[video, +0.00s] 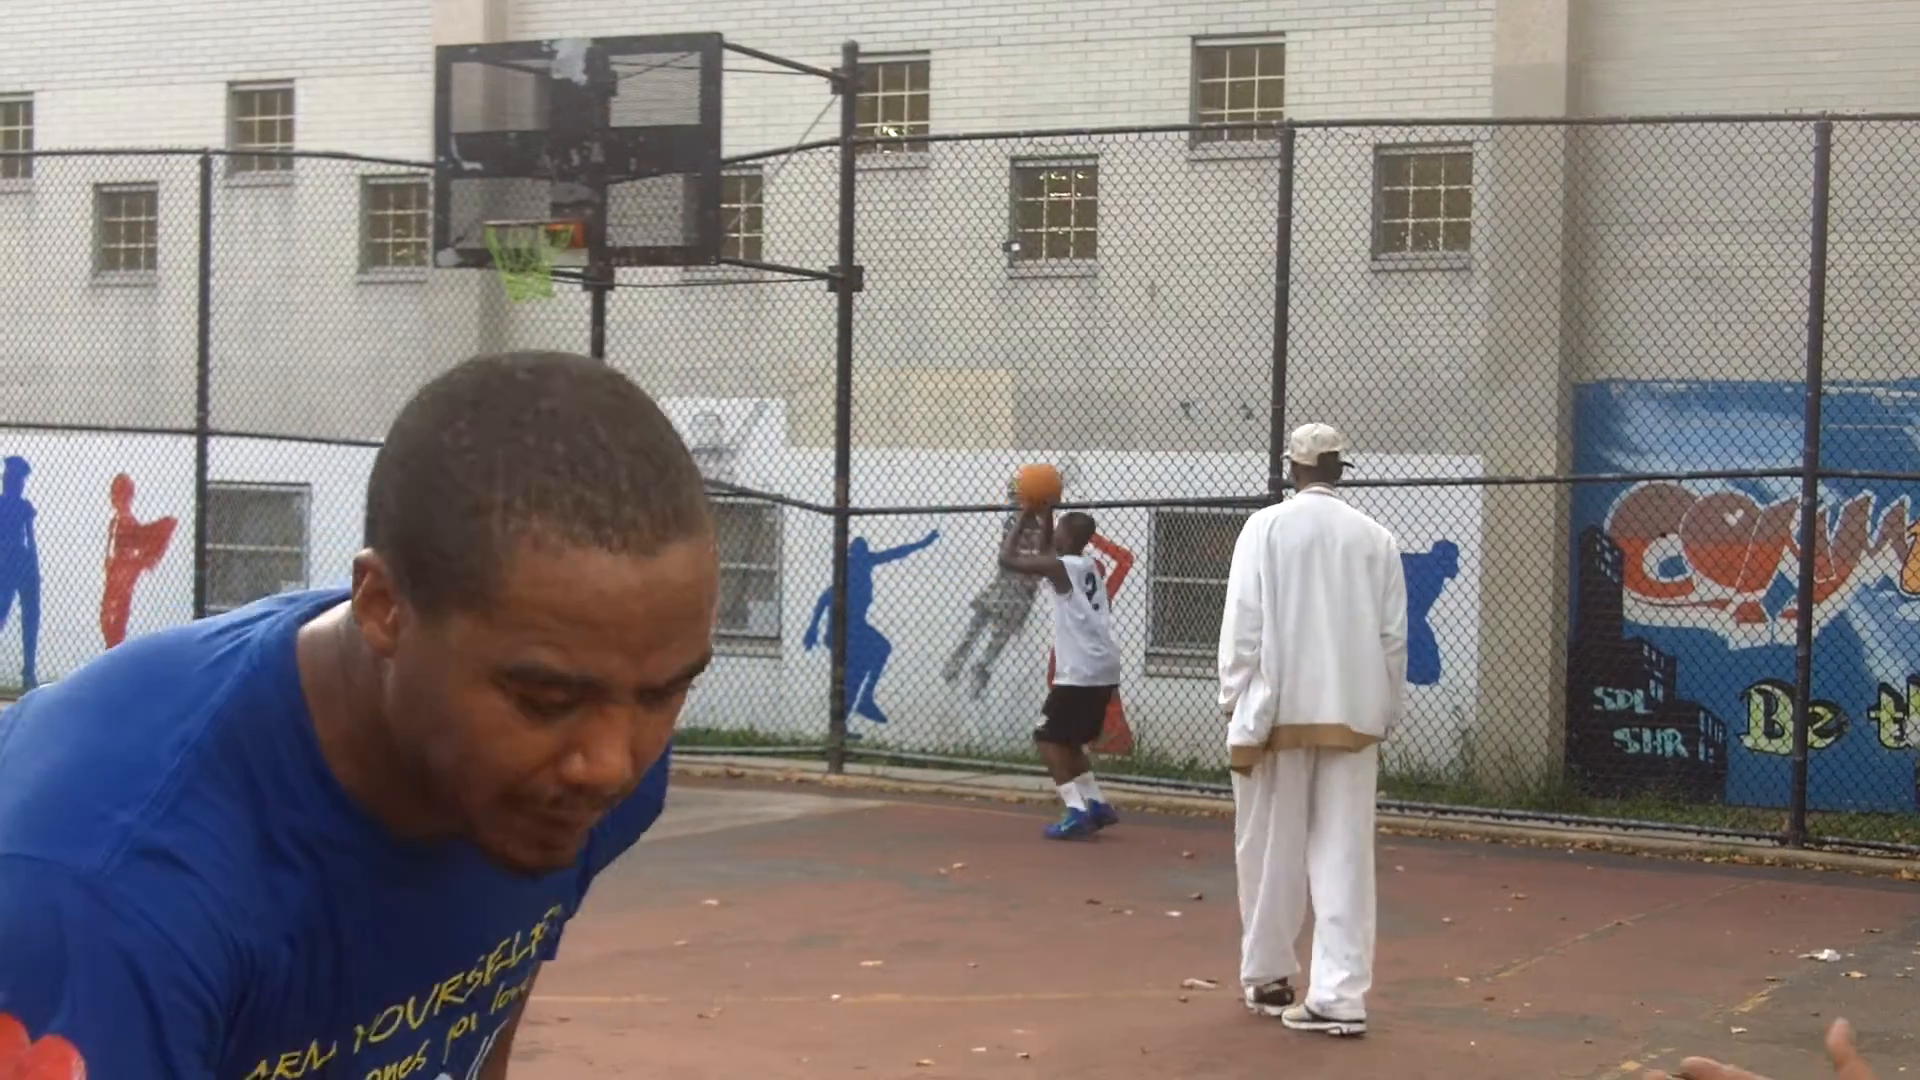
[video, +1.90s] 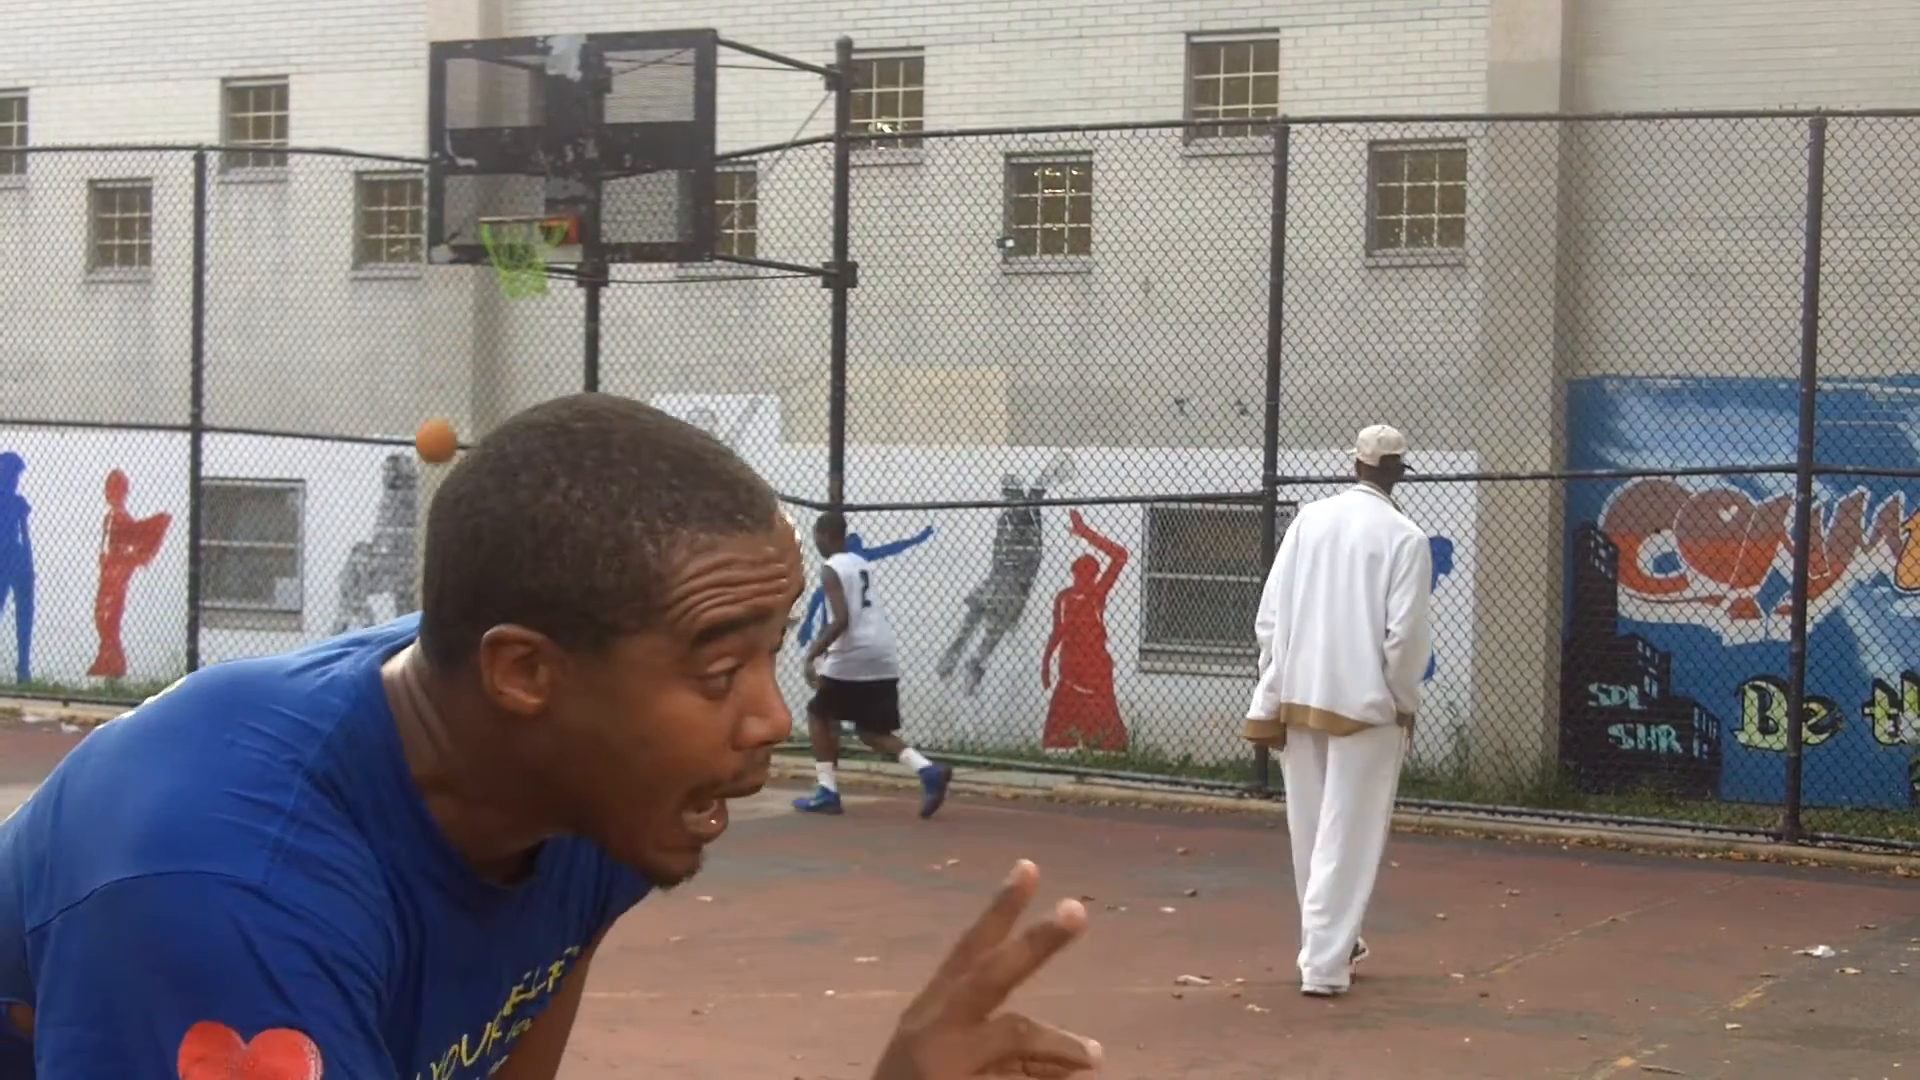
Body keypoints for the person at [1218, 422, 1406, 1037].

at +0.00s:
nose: (1303, 476)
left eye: (1296, 469)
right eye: (1323, 466)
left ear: (1292, 472)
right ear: (1341, 471)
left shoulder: (1264, 527)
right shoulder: (1377, 537)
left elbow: (1243, 625)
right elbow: (1394, 636)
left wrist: (1234, 701)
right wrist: (1388, 710)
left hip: (1275, 709)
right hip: (1353, 711)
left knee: (1270, 845)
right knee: (1345, 850)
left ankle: (1268, 976)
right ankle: (1340, 999)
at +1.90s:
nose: (1388, 474)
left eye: (1371, 463)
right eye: (1396, 468)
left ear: (1354, 466)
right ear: (1400, 472)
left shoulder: (1307, 519)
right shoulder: (1404, 538)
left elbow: (1269, 617)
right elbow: (1403, 634)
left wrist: (1274, 688)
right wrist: (1407, 702)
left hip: (1298, 696)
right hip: (1364, 703)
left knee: (1308, 826)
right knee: (1345, 832)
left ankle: (1326, 940)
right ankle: (1321, 967)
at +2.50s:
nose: (1399, 477)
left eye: (1380, 470)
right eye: (1404, 470)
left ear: (1364, 476)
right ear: (1408, 474)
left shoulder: (1333, 532)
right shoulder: (1434, 530)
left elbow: (1312, 629)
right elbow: (1447, 623)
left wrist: (1316, 703)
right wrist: (1461, 692)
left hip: (1349, 695)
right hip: (1417, 694)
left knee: (1354, 822)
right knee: (1424, 826)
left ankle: (1358, 950)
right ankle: (1382, 930)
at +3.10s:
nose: (1482, 482)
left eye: (1465, 470)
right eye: (1493, 476)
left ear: (1451, 472)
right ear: (1497, 479)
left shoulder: (1405, 520)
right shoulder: (1509, 542)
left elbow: (1367, 612)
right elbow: (1512, 634)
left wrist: (1361, 685)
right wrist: (1501, 698)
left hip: (1392, 688)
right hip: (1466, 696)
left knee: (1373, 818)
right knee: (1461, 827)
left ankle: (1365, 938)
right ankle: (1460, 960)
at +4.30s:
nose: (1396, 478)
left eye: (1400, 469)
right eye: (1397, 469)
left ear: (1419, 471)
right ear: (1447, 473)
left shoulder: (1405, 527)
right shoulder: (1490, 531)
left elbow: (1394, 624)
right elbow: (1515, 621)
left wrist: (1379, 693)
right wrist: (1500, 690)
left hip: (1420, 699)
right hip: (1478, 699)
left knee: (1416, 826)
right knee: (1472, 823)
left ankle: (1432, 957)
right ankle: (1473, 955)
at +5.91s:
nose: (1423, 476)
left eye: (1427, 467)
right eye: (1424, 467)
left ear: (1437, 469)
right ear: (1473, 473)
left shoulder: (1427, 522)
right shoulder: (1504, 529)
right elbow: (1527, 617)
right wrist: (1514, 676)